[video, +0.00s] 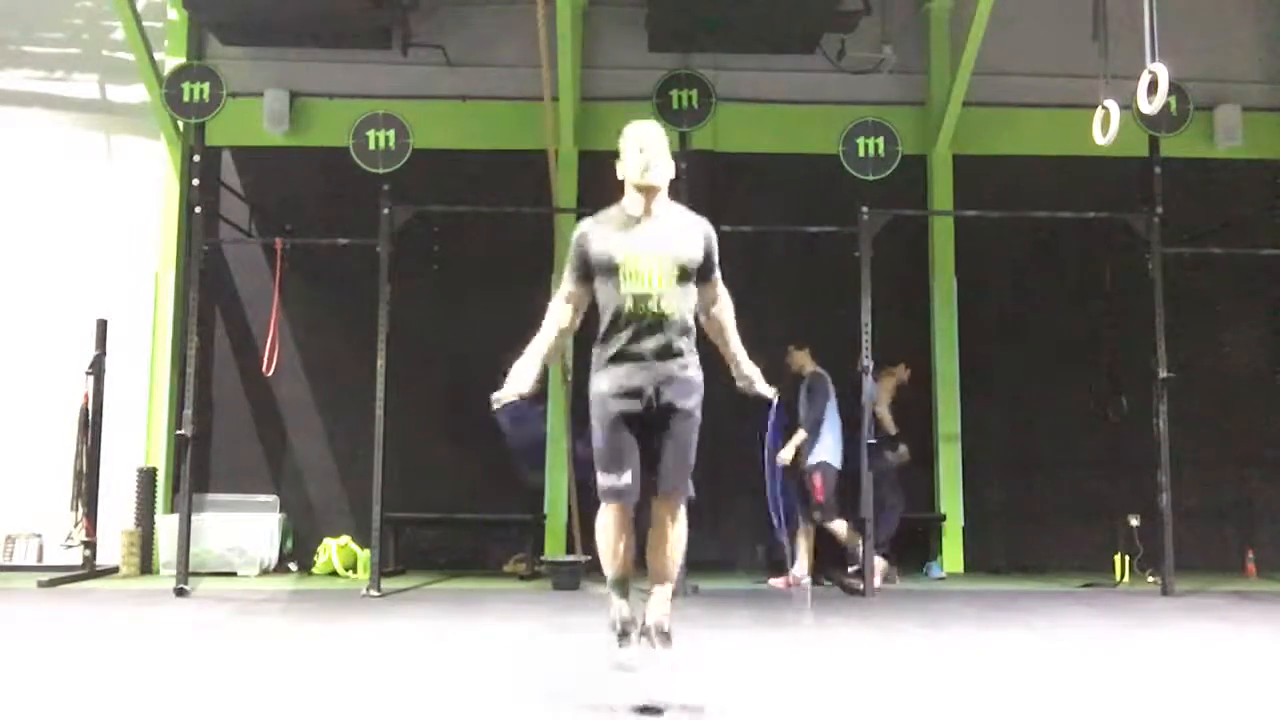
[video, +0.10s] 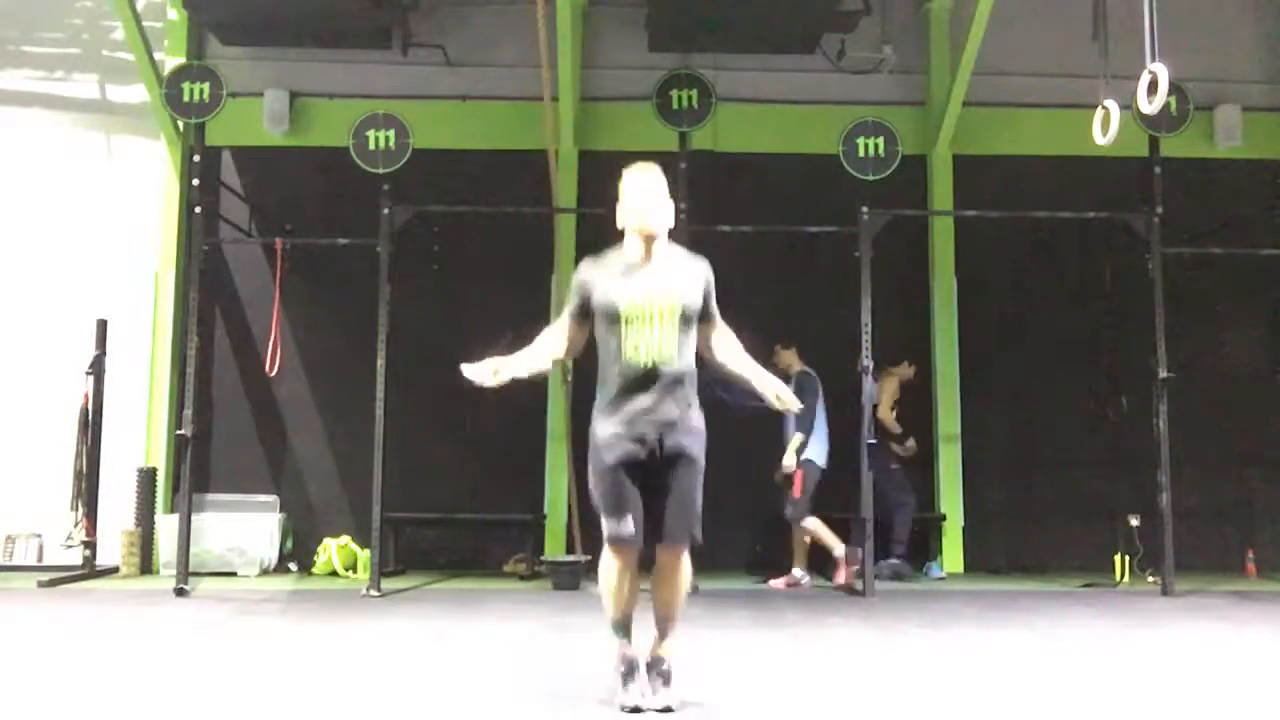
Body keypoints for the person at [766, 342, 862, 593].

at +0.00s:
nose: (788, 360)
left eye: (791, 353)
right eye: (788, 354)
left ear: (805, 352)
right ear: (801, 354)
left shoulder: (818, 379)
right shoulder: (808, 383)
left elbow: (813, 419)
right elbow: (809, 422)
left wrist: (790, 446)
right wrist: (798, 451)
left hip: (823, 455)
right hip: (809, 456)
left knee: (825, 515)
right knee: (805, 517)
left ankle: (872, 560)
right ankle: (800, 572)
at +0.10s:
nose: (775, 359)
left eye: (778, 353)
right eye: (775, 355)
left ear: (791, 351)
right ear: (790, 353)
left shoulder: (805, 378)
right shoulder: (795, 381)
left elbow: (806, 418)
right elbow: (798, 422)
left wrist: (791, 450)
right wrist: (789, 456)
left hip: (811, 451)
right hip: (801, 452)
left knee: (797, 511)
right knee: (797, 513)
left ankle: (842, 552)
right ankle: (799, 571)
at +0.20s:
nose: (765, 359)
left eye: (767, 353)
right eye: (765, 354)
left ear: (779, 351)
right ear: (778, 352)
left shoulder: (794, 381)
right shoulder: (784, 383)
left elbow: (799, 421)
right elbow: (782, 429)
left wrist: (791, 454)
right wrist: (767, 464)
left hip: (793, 455)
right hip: (787, 454)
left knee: (772, 508)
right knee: (795, 512)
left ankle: (808, 558)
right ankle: (800, 571)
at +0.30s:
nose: (754, 363)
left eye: (755, 357)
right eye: (752, 358)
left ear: (765, 355)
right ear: (766, 357)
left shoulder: (785, 381)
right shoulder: (766, 384)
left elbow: (791, 422)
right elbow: (766, 429)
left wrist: (784, 455)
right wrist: (751, 456)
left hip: (777, 454)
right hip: (772, 452)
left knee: (758, 510)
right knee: (790, 514)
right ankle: (798, 568)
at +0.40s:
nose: (739, 359)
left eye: (743, 353)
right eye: (739, 354)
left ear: (755, 354)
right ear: (749, 356)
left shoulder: (771, 382)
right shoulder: (756, 385)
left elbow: (778, 422)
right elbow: (755, 429)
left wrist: (771, 455)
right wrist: (735, 452)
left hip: (766, 456)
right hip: (765, 456)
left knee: (746, 514)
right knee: (783, 515)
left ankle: (726, 569)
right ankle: (797, 569)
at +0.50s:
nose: (724, 362)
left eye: (728, 356)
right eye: (724, 356)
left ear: (739, 356)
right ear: (733, 358)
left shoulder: (755, 384)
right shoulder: (743, 387)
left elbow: (762, 424)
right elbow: (741, 431)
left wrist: (754, 458)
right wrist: (720, 453)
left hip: (751, 460)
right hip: (757, 460)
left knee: (734, 516)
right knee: (772, 515)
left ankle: (715, 570)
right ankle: (795, 568)